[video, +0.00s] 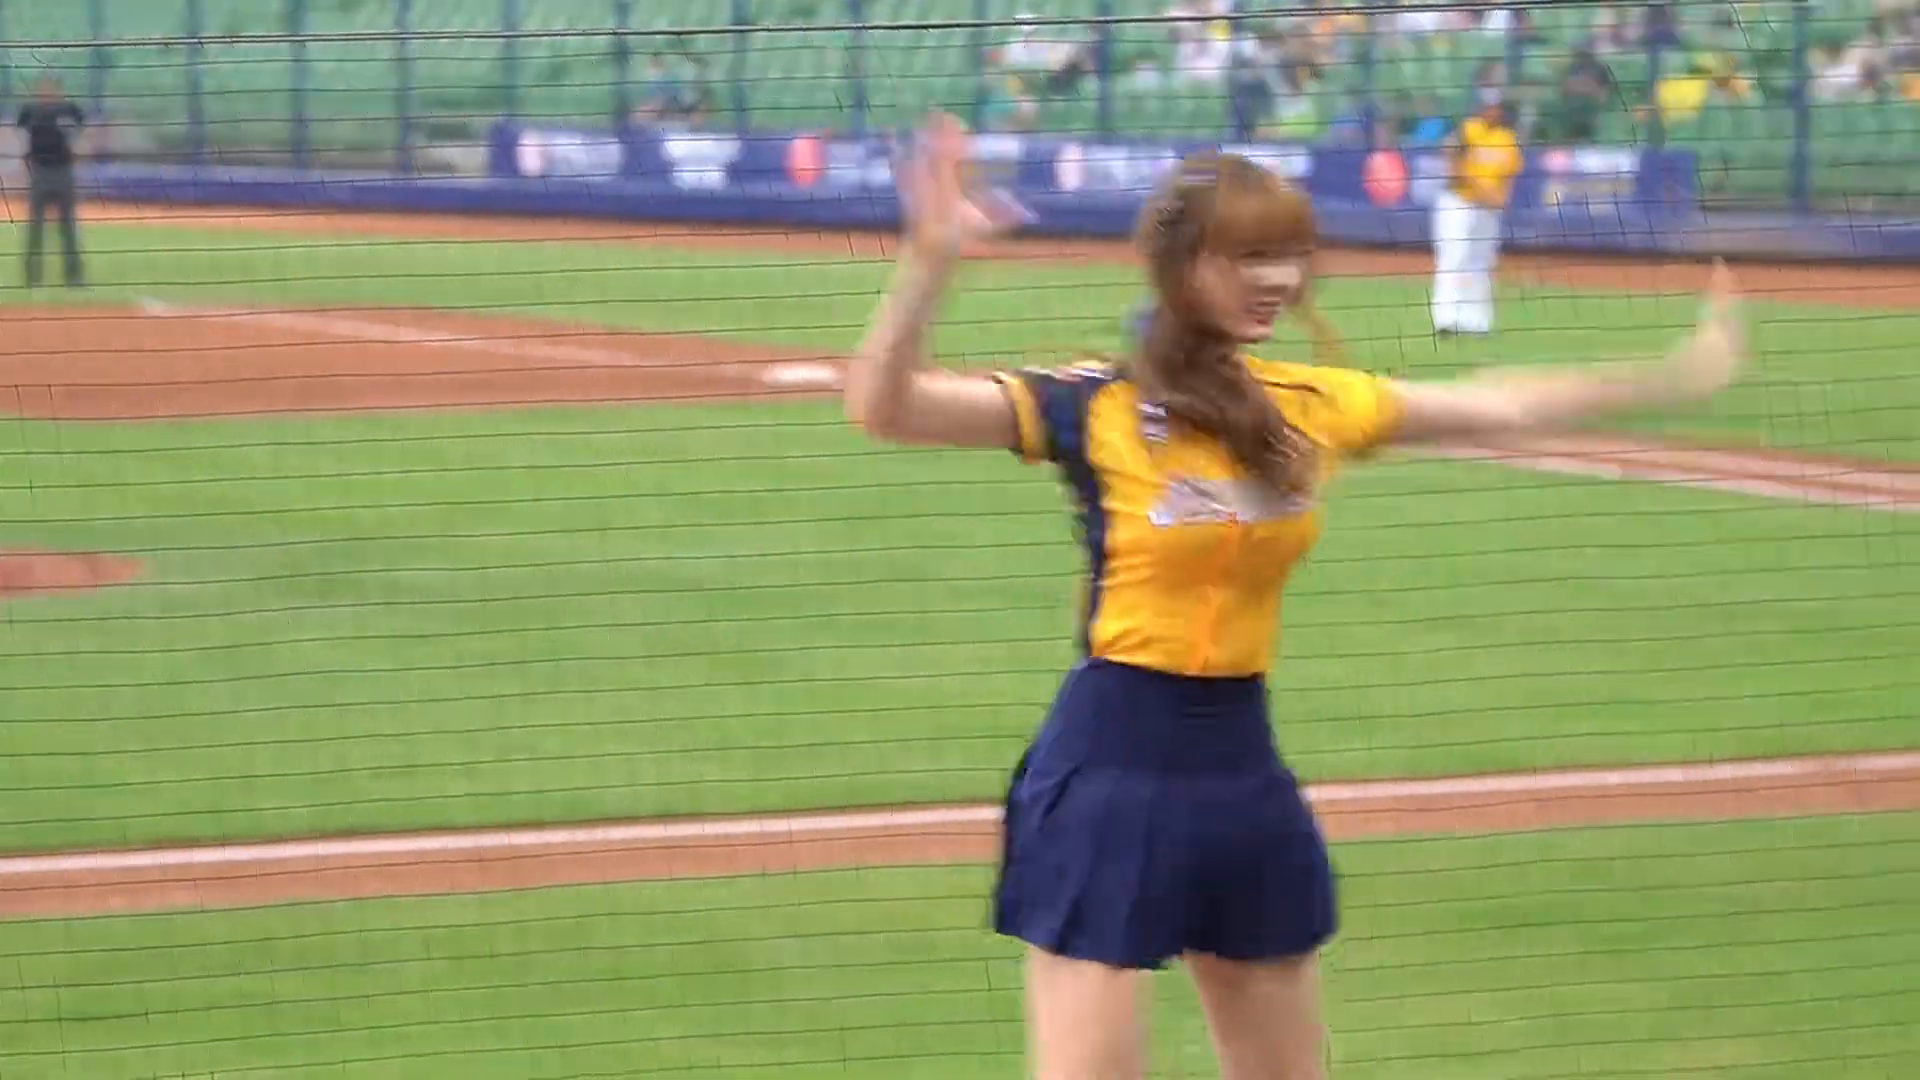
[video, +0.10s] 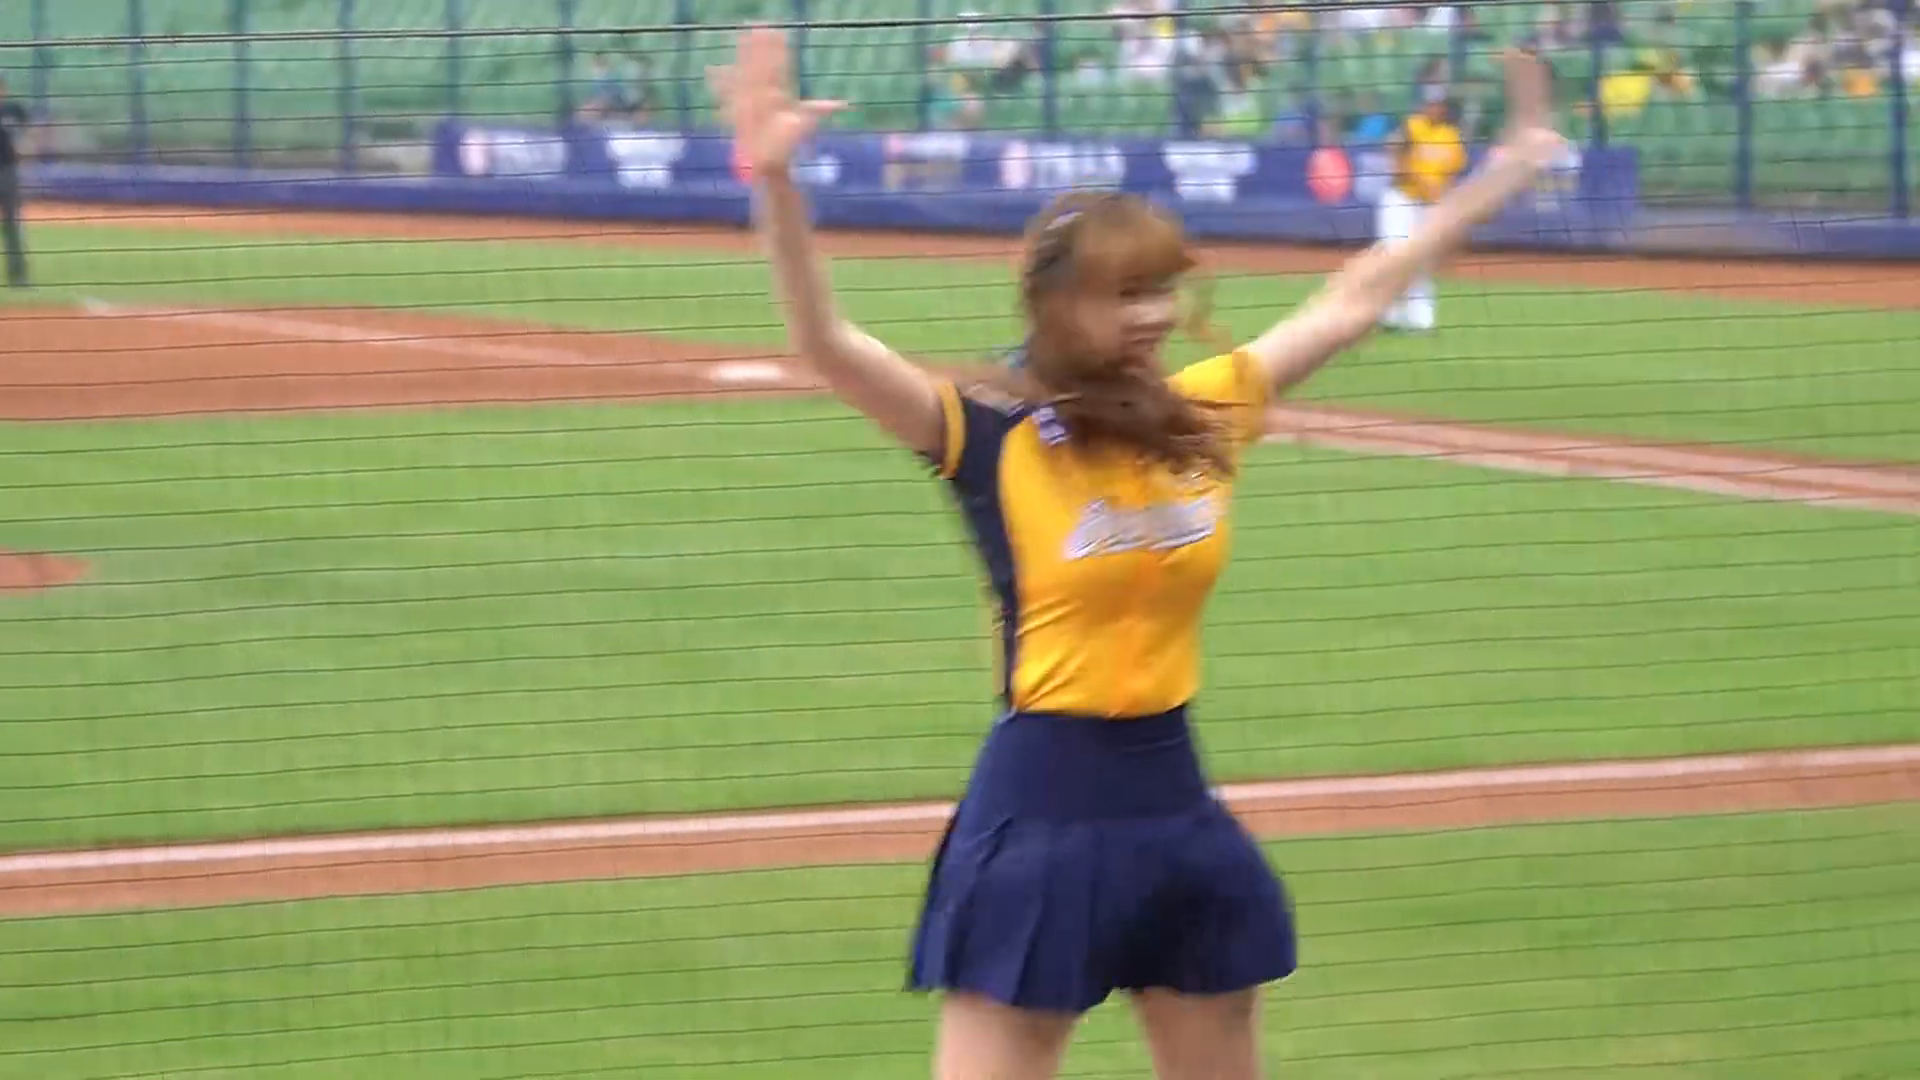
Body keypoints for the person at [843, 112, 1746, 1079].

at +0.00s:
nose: (1279, 279)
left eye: (1291, 258)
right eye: (1254, 256)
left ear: (1300, 269)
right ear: (1180, 261)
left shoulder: (1321, 405)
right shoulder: (1095, 405)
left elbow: (1510, 408)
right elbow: (883, 408)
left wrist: (1675, 377)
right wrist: (925, 259)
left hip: (1239, 756)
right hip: (1108, 758)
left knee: (1287, 1061)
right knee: (1087, 1063)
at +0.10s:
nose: (1156, 313)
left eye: (1167, 290)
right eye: (1130, 292)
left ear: (1181, 296)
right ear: (1054, 301)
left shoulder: (1209, 406)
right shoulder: (984, 430)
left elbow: (1359, 294)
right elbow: (819, 340)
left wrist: (1499, 177)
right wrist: (775, 179)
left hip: (1175, 796)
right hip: (1039, 802)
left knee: (1224, 1064)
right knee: (985, 1066)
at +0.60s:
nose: (1004, 304)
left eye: (1015, 281)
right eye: (974, 283)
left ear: (1029, 293)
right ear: (910, 305)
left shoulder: (1012, 472)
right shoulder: (852, 462)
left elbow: (1080, 658)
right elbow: (887, 665)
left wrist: (1227, 725)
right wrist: (1080, 739)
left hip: (909, 793)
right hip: (783, 792)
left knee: (950, 1061)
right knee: (780, 1065)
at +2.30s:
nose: (1015, 309)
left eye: (1029, 284)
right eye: (987, 286)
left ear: (1045, 285)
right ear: (916, 287)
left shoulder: (992, 433)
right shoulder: (863, 433)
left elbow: (1101, 604)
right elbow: (913, 638)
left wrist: (1244, 716)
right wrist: (1095, 731)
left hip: (904, 799)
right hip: (794, 797)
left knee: (934, 1060)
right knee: (808, 1066)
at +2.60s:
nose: (927, 261)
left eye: (941, 236)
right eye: (898, 239)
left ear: (960, 244)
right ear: (830, 255)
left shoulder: (1000, 380)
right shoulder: (765, 416)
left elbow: (1054, 559)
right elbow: (693, 602)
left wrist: (994, 639)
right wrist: (687, 658)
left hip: (969, 771)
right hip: (825, 773)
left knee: (960, 1064)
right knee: (829, 1064)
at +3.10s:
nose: (993, 283)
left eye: (1013, 258)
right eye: (964, 258)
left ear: (1034, 268)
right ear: (901, 271)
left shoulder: (1070, 378)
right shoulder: (861, 439)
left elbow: (1072, 508)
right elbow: (721, 616)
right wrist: (567, 771)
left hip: (1047, 794)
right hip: (901, 797)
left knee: (1134, 1063)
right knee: (872, 1065)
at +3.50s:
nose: (1237, 240)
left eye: (1260, 216)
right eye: (1209, 216)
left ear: (1288, 230)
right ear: (1157, 231)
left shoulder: (1311, 370)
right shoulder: (1106, 356)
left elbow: (1487, 268)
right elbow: (913, 298)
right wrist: (941, 95)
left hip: (1225, 779)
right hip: (1089, 762)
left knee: (1279, 1064)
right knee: (1005, 1063)